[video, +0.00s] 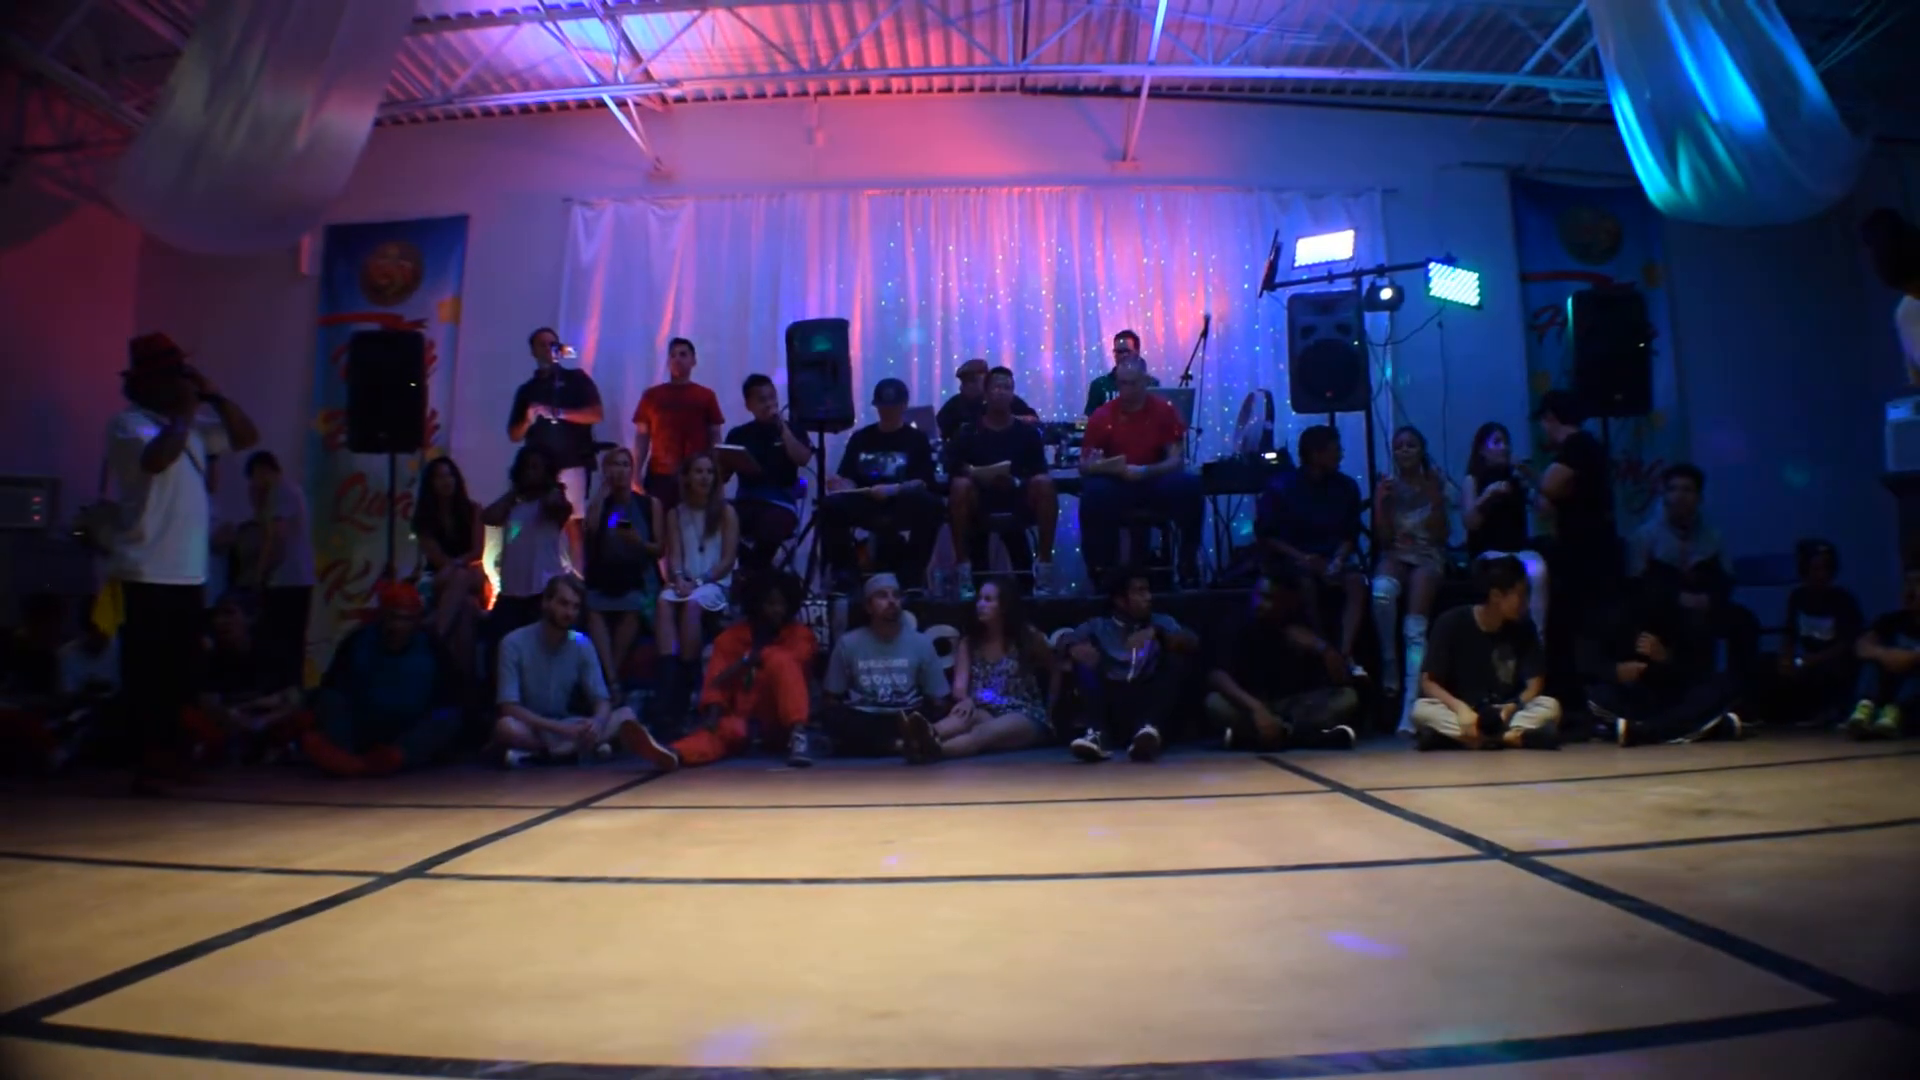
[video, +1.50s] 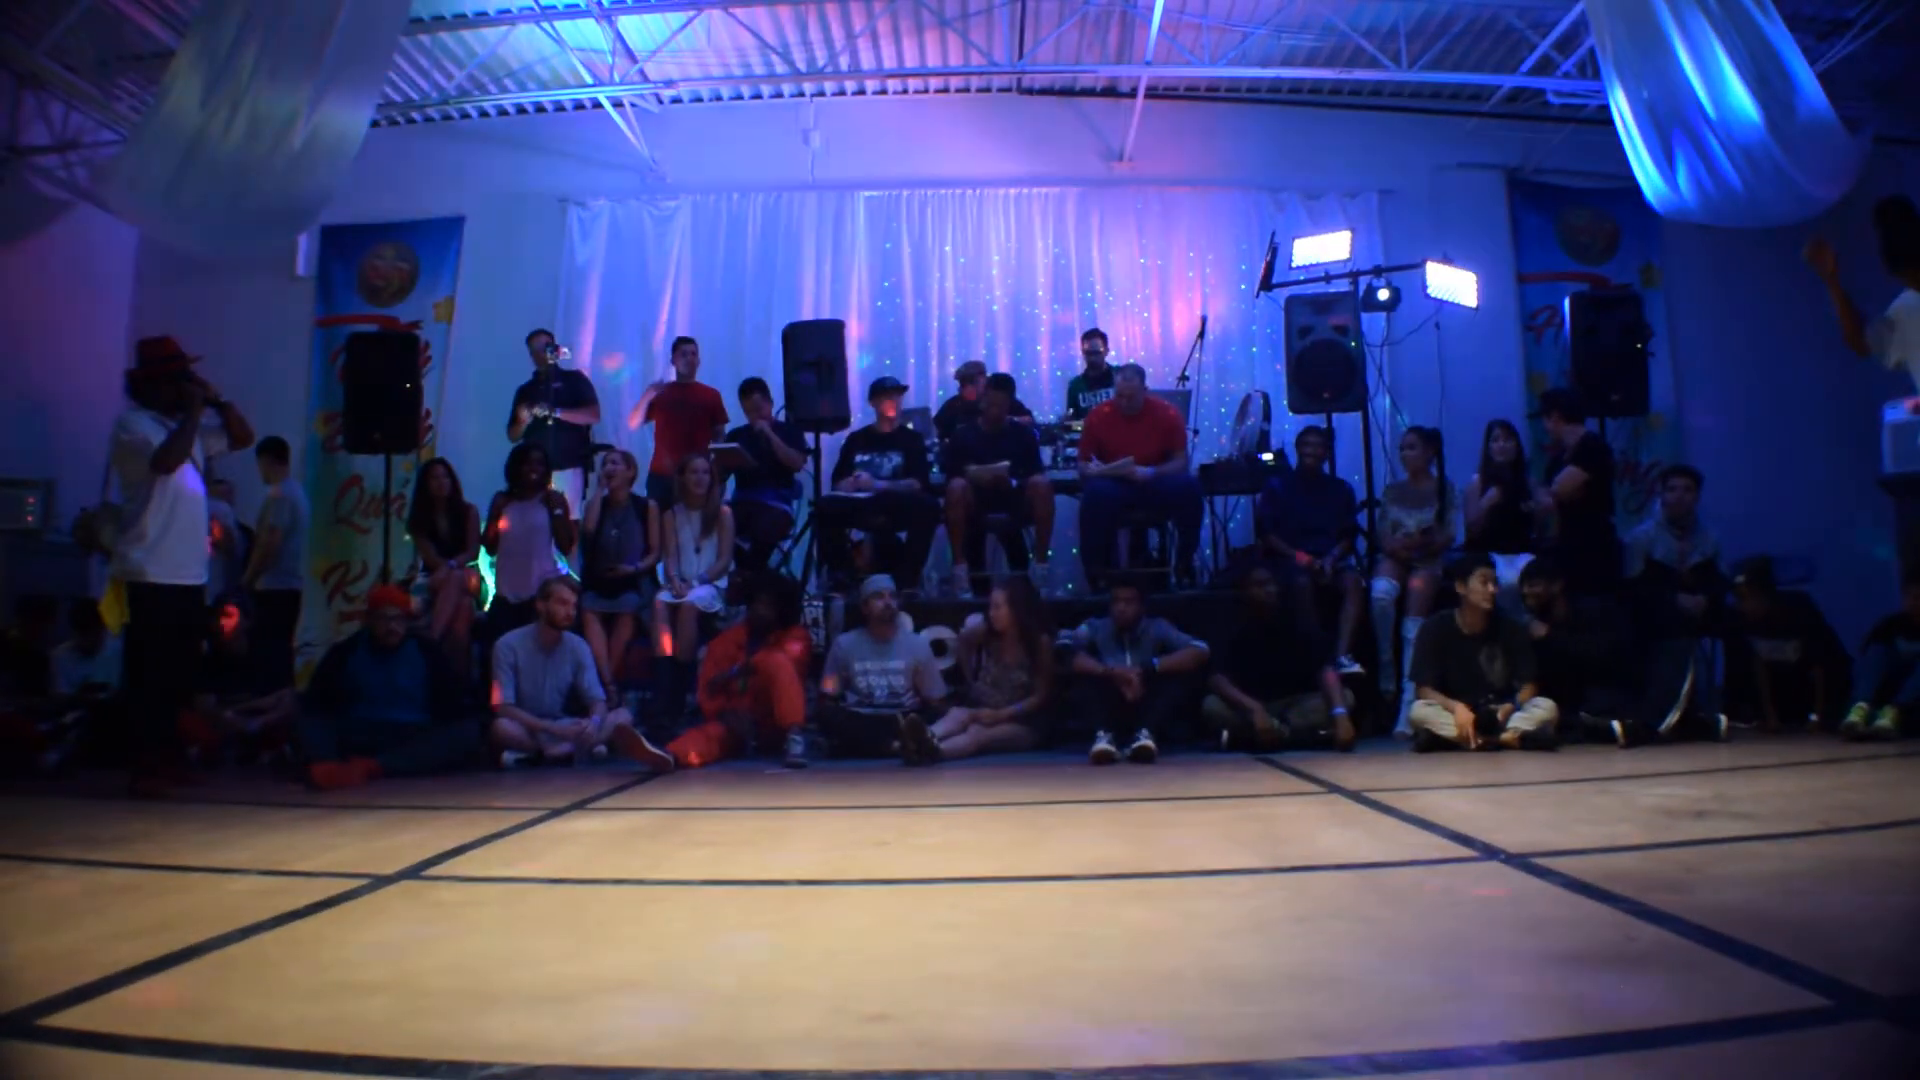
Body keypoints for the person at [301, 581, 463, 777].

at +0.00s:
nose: (399, 626)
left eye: (407, 619)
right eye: (393, 617)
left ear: (416, 619)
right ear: (382, 615)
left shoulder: (429, 646)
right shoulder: (359, 641)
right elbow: (331, 686)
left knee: (447, 718)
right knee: (330, 700)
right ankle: (340, 754)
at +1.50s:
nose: (392, 627)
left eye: (399, 620)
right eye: (385, 620)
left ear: (408, 621)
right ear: (370, 620)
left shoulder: (426, 653)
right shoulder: (344, 653)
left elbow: (449, 699)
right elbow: (315, 701)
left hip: (413, 732)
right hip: (355, 731)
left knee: (465, 734)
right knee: (312, 719)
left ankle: (375, 767)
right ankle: (326, 764)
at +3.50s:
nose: (384, 614)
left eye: (392, 606)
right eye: (378, 606)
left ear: (406, 611)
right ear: (369, 610)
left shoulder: (424, 645)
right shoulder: (351, 646)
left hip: (416, 722)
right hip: (365, 723)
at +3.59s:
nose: (383, 613)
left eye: (390, 605)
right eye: (377, 605)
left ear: (404, 611)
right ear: (369, 609)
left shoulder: (422, 643)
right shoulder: (349, 644)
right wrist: (352, 730)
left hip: (419, 720)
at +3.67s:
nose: (380, 611)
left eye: (388, 605)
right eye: (374, 604)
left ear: (403, 610)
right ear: (366, 607)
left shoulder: (422, 642)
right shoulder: (349, 640)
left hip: (414, 715)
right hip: (363, 716)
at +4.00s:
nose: (365, 614)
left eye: (373, 607)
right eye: (361, 606)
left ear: (389, 612)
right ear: (354, 609)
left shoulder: (410, 642)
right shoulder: (345, 641)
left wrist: (435, 697)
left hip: (404, 717)